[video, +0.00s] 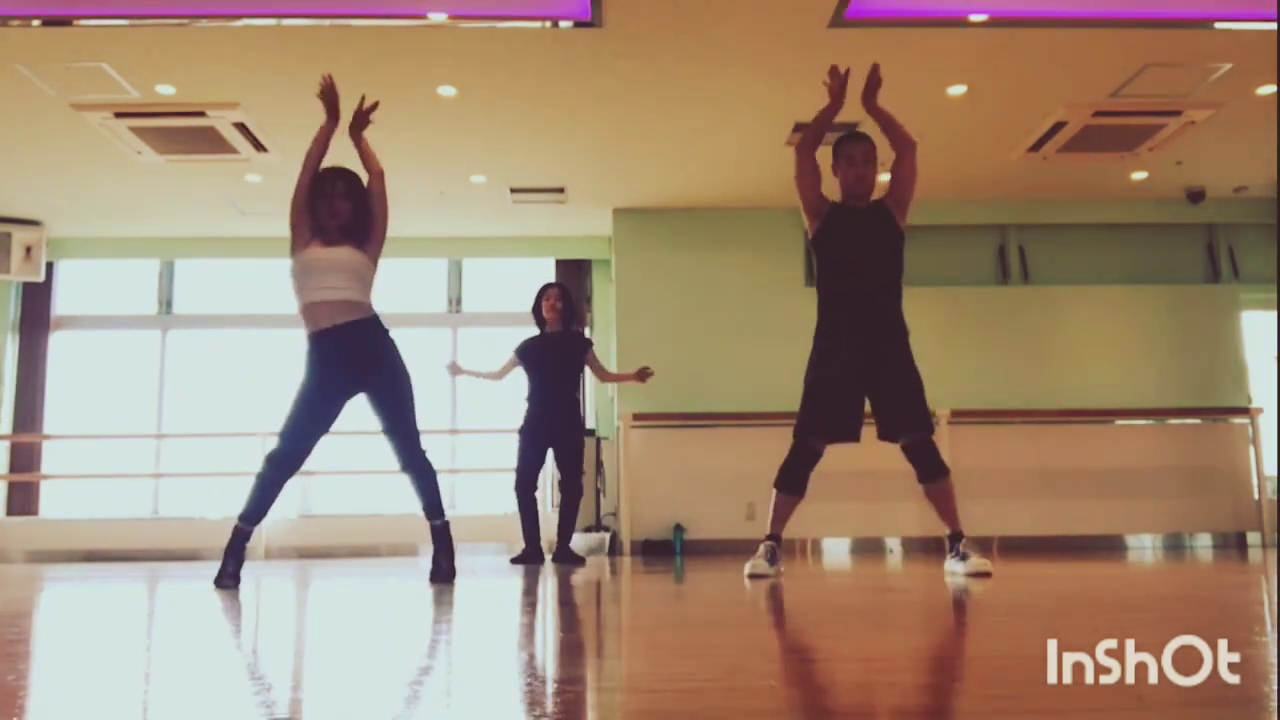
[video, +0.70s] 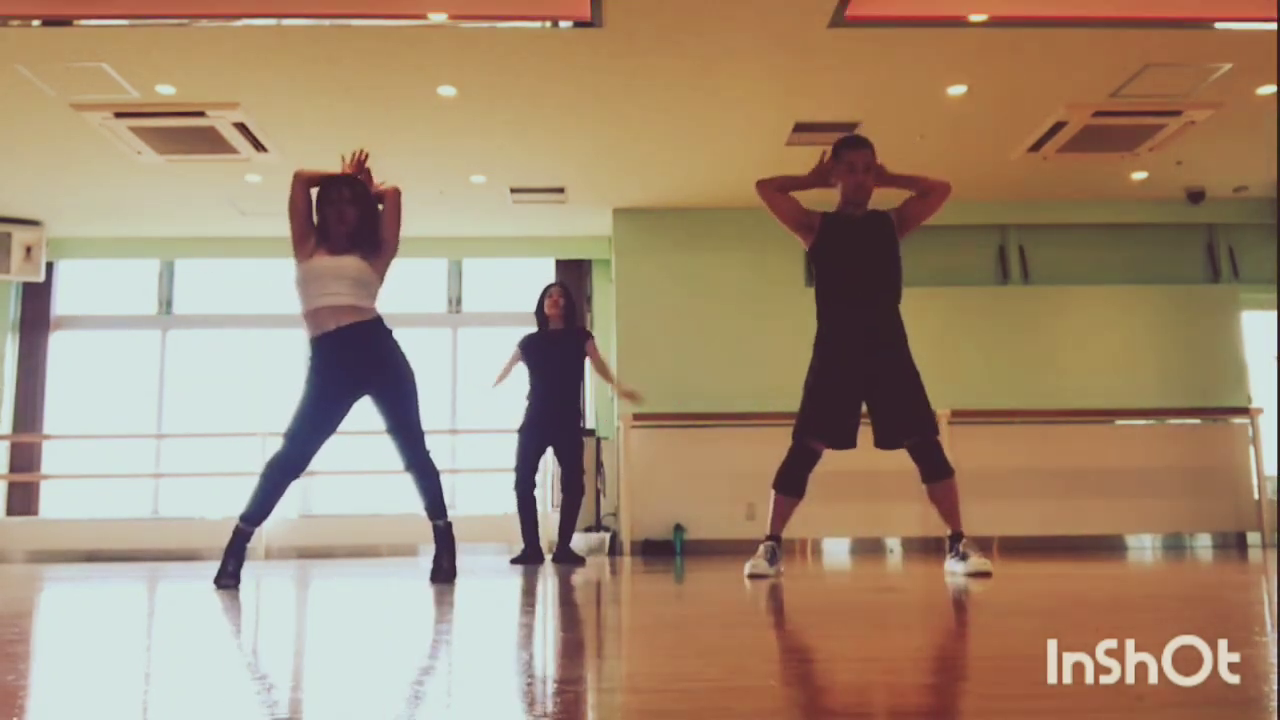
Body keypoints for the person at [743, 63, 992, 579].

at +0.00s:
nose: (859, 170)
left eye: (865, 162)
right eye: (850, 162)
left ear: (876, 169)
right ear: (835, 170)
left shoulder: (891, 214)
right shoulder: (822, 218)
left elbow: (907, 152)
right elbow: (803, 153)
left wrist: (874, 107)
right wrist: (832, 107)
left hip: (888, 349)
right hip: (835, 351)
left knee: (921, 447)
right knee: (805, 450)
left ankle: (958, 545)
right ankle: (770, 546)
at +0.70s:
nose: (860, 177)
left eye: (867, 169)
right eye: (850, 168)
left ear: (876, 177)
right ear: (835, 176)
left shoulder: (892, 224)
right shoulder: (816, 227)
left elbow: (940, 190)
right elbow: (767, 189)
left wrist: (886, 179)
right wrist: (815, 181)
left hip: (889, 354)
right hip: (835, 355)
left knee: (926, 447)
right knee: (805, 451)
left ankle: (959, 545)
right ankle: (770, 546)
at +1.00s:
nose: (859, 181)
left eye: (867, 173)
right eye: (851, 173)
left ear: (877, 178)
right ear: (835, 177)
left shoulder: (887, 232)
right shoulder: (822, 231)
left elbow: (920, 256)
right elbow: (787, 238)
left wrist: (912, 210)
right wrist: (796, 204)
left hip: (894, 355)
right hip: (841, 357)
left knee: (933, 446)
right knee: (807, 452)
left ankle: (959, 545)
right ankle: (771, 546)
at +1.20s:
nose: (864, 195)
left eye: (870, 186)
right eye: (855, 186)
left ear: (876, 191)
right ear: (836, 188)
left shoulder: (874, 250)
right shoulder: (809, 240)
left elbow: (894, 310)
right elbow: (777, 290)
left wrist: (904, 284)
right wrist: (817, 262)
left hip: (898, 365)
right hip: (845, 368)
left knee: (940, 449)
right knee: (814, 456)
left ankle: (960, 547)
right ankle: (772, 547)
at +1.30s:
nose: (857, 205)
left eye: (864, 196)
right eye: (848, 195)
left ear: (872, 200)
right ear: (829, 197)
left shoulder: (877, 259)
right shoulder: (804, 248)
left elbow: (889, 314)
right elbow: (766, 297)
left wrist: (895, 307)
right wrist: (817, 291)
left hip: (891, 369)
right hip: (838, 373)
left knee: (938, 452)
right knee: (807, 460)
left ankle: (960, 547)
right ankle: (771, 549)